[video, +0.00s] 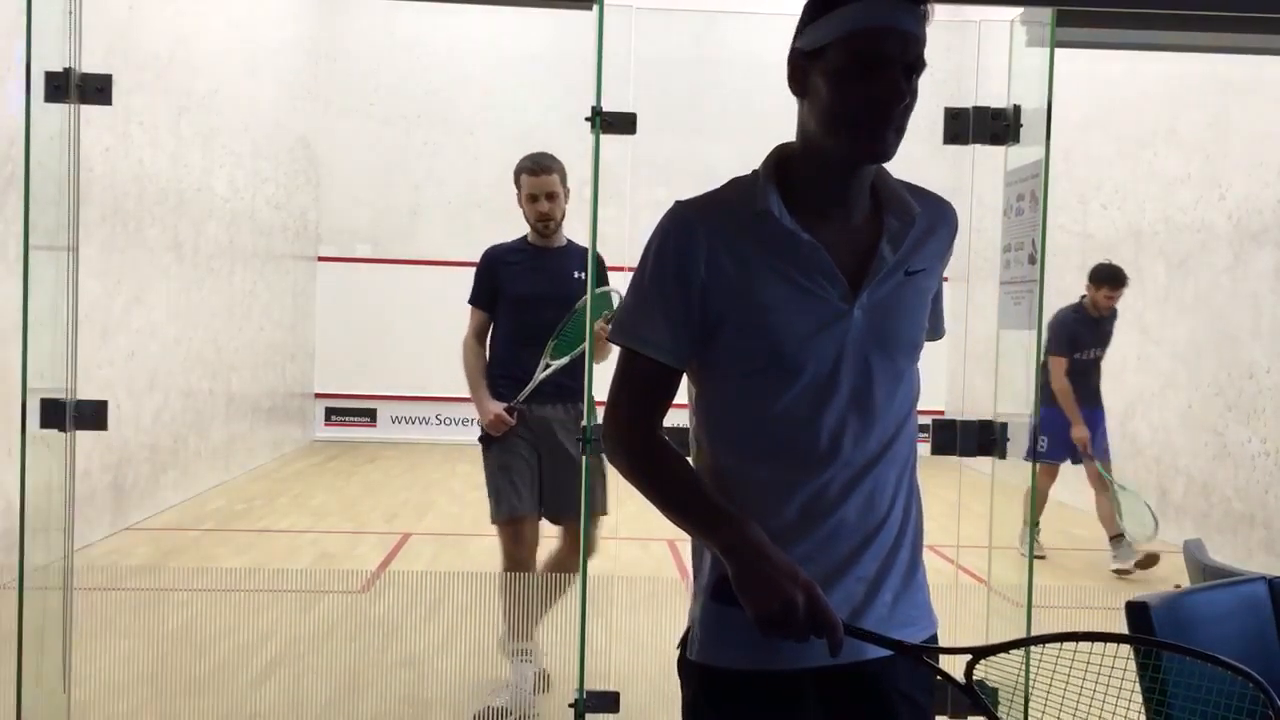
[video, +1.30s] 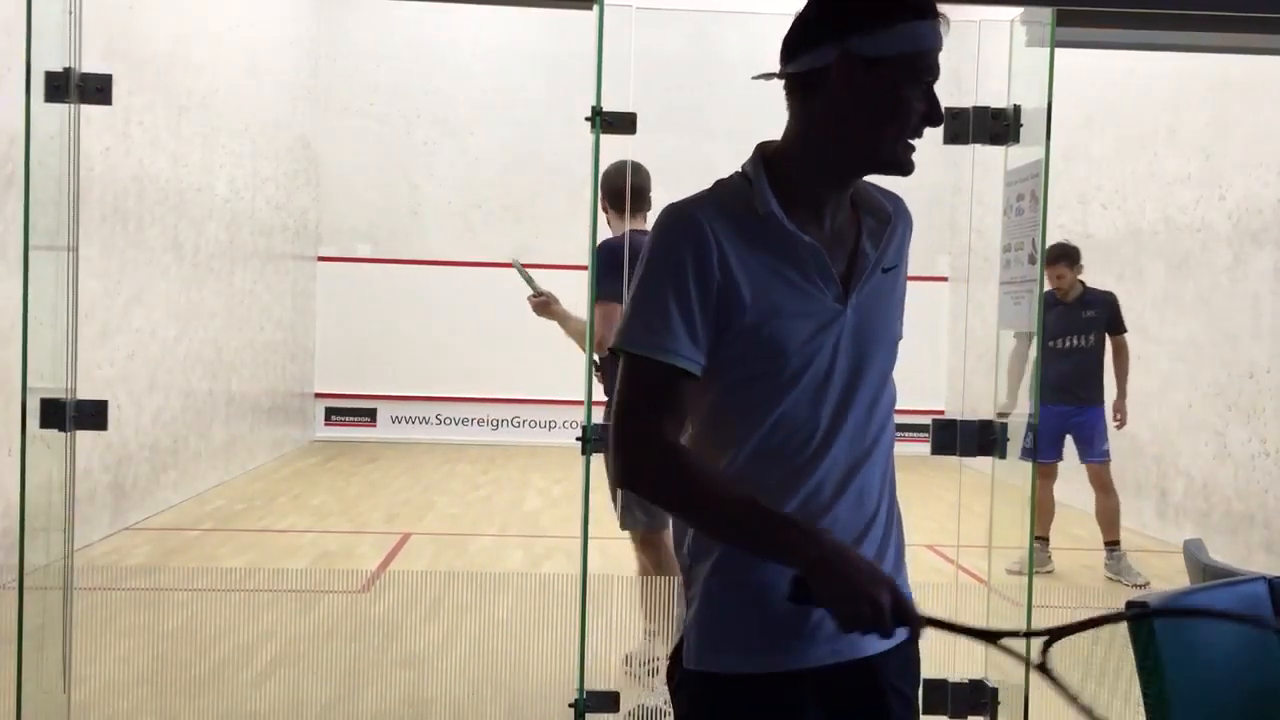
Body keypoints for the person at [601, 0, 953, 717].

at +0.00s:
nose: (894, 93)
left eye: (909, 70)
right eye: (866, 68)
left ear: (922, 82)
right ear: (799, 71)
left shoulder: (928, 225)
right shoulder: (699, 235)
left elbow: (883, 392)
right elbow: (626, 427)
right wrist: (744, 549)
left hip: (894, 635)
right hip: (750, 647)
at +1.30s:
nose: (937, 109)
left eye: (933, 83)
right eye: (915, 81)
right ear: (832, 76)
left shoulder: (888, 223)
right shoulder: (697, 235)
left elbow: (849, 408)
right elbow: (640, 451)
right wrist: (819, 554)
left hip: (878, 645)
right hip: (747, 655)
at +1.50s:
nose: (934, 114)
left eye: (932, 87)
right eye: (919, 84)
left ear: (852, 86)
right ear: (845, 81)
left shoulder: (876, 225)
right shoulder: (702, 235)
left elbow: (849, 418)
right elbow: (706, 464)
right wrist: (908, 520)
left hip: (872, 632)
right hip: (747, 651)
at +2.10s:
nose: (904, 107)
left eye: (898, 79)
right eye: (886, 76)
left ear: (819, 79)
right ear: (814, 75)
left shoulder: (825, 223)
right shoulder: (674, 227)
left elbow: (790, 419)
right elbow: (688, 465)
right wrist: (884, 492)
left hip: (828, 623)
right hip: (712, 648)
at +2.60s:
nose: (847, 110)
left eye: (840, 83)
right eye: (828, 83)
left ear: (760, 89)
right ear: (758, 88)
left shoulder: (789, 223)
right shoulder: (620, 242)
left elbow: (750, 398)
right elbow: (589, 466)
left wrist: (811, 458)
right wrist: (789, 495)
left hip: (796, 604)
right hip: (682, 629)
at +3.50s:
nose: (781, 136)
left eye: (773, 118)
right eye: (759, 120)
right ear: (691, 136)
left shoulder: (771, 246)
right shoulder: (609, 253)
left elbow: (809, 389)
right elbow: (545, 423)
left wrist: (849, 405)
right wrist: (688, 501)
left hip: (753, 568)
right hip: (658, 578)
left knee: (756, 712)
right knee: (668, 716)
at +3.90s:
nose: (705, 132)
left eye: (698, 113)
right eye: (686, 112)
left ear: (619, 129)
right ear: (614, 127)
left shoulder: (710, 241)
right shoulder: (525, 263)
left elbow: (777, 349)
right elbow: (481, 430)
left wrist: (788, 367)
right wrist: (598, 504)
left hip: (710, 582)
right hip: (596, 594)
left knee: (720, 712)